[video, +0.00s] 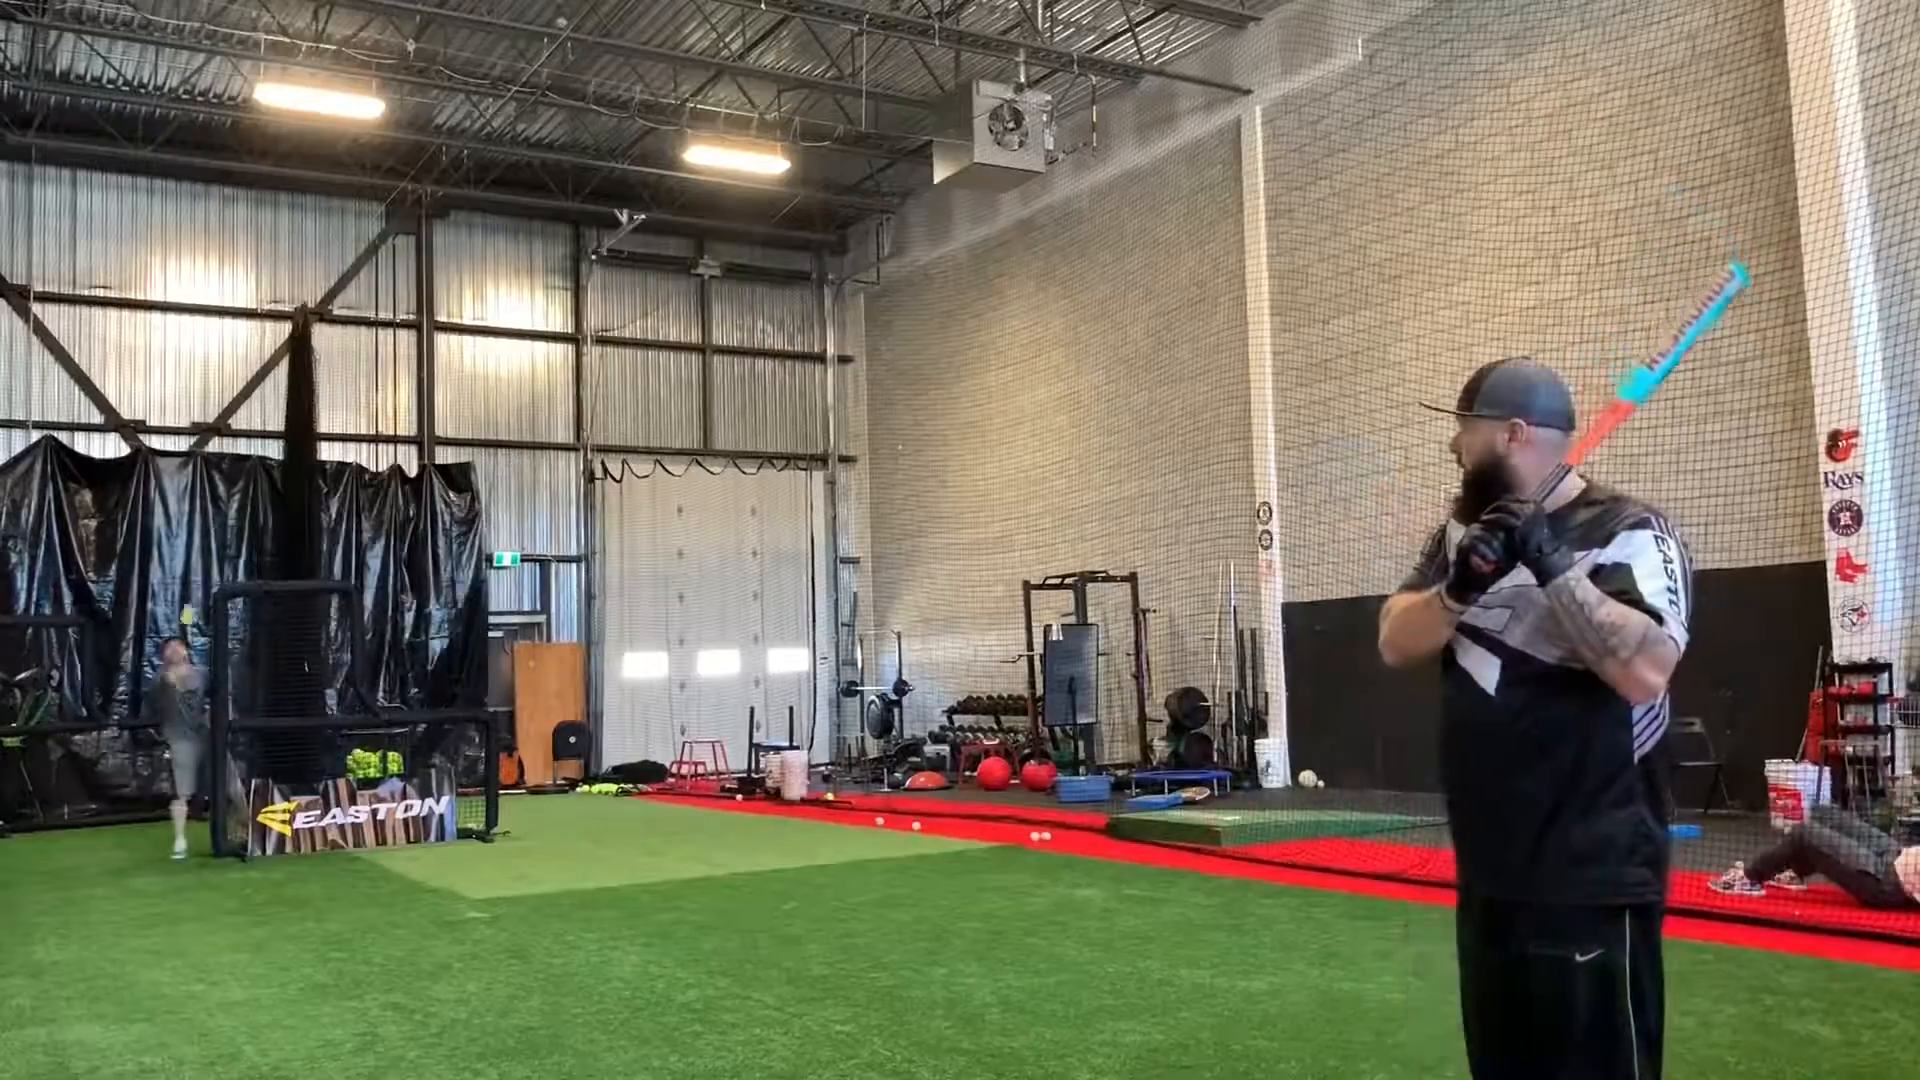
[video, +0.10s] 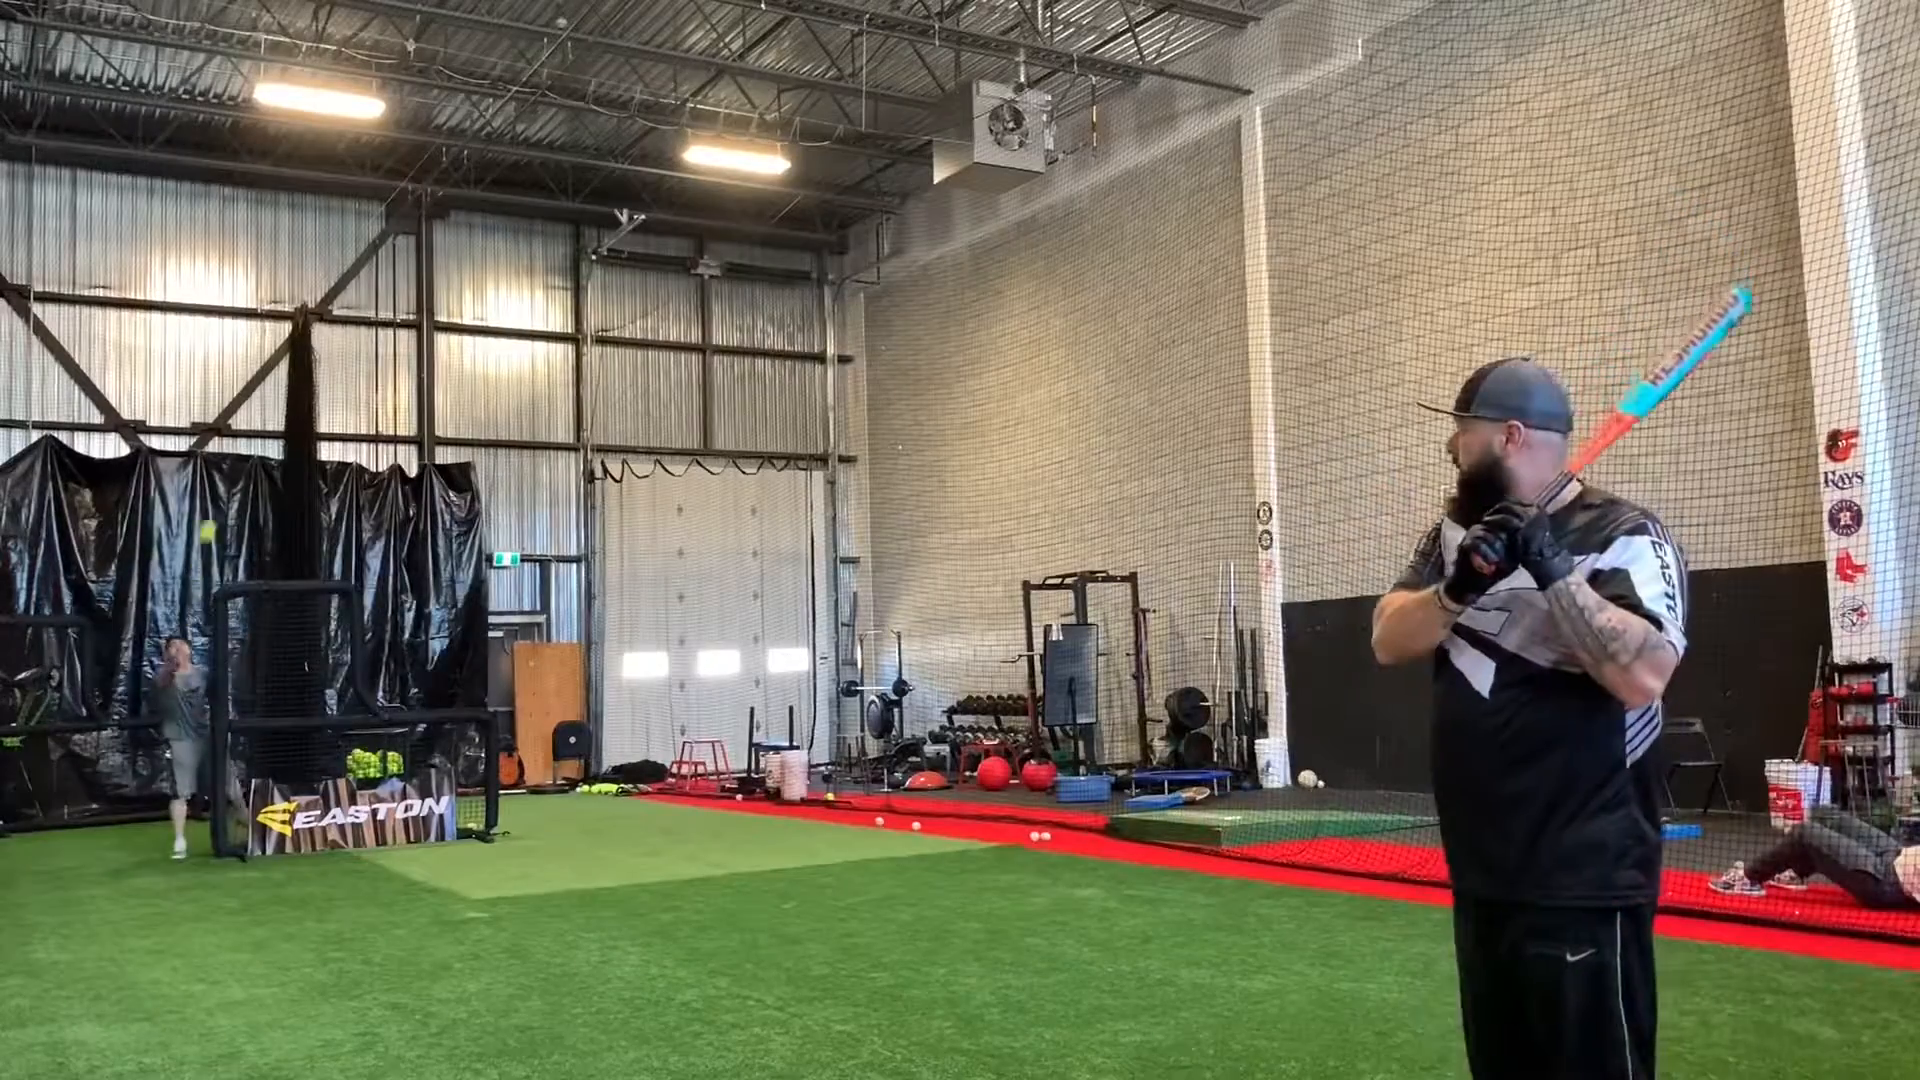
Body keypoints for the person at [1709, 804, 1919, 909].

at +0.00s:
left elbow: (1912, 887)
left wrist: (1908, 861)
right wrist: (1912, 856)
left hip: (1887, 884)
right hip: (1898, 858)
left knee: (1805, 836)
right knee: (1822, 813)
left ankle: (1748, 877)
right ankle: (1797, 873)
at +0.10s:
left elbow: (1912, 887)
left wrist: (1908, 861)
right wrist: (1911, 856)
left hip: (1886, 882)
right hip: (1898, 855)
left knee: (1805, 835)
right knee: (1823, 814)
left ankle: (1747, 876)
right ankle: (1797, 873)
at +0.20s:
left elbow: (1912, 887)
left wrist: (1908, 860)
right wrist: (1911, 856)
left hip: (1885, 882)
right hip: (1898, 855)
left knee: (1805, 835)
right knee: (1822, 814)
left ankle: (1748, 877)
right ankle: (1797, 874)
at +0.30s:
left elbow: (1912, 887)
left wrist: (1908, 861)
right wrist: (1911, 856)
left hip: (1885, 883)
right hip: (1898, 855)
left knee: (1805, 834)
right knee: (1822, 814)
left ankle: (1748, 878)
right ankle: (1797, 874)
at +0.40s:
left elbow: (1912, 887)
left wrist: (1908, 861)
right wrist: (1911, 856)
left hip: (1885, 883)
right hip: (1898, 855)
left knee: (1805, 835)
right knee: (1823, 814)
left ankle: (1748, 878)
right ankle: (1797, 874)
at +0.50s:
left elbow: (1912, 886)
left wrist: (1908, 860)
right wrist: (1911, 856)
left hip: (1885, 883)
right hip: (1898, 856)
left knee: (1806, 834)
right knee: (1824, 814)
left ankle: (1748, 878)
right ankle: (1797, 874)